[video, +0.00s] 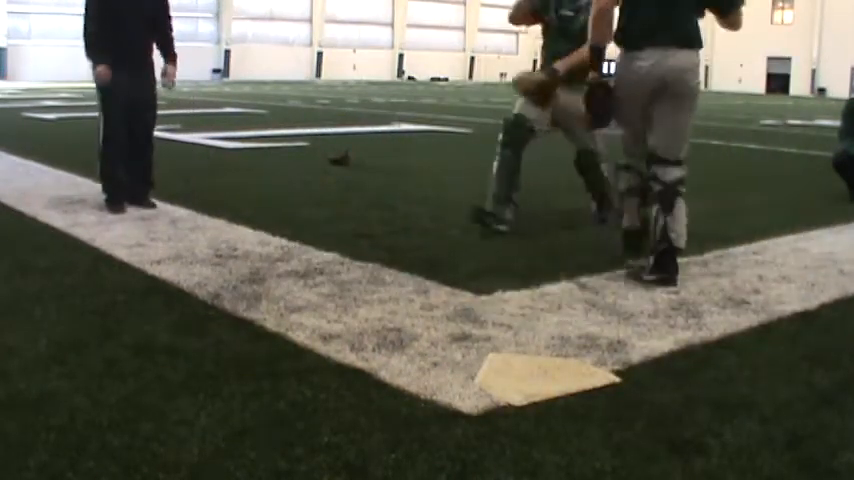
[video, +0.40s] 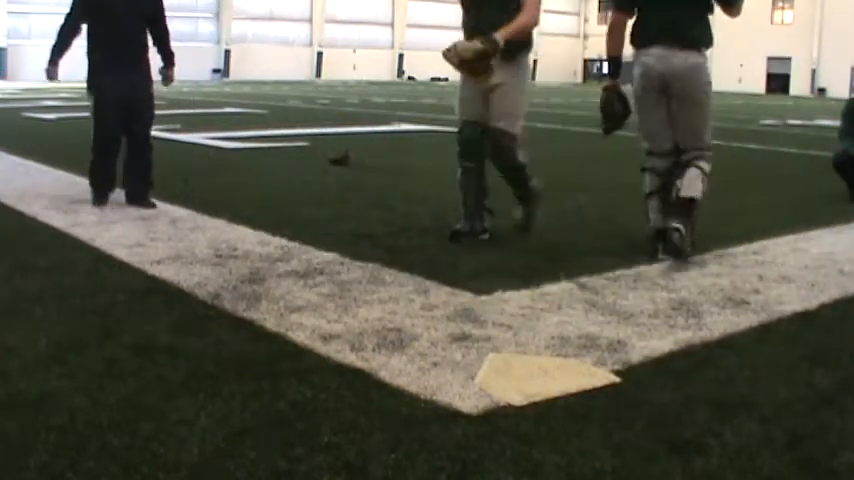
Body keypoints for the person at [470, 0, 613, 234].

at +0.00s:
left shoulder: (599, 6)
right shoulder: (551, 4)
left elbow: (596, 46)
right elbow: (516, 18)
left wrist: (552, 72)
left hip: (579, 87)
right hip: (544, 84)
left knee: (588, 157)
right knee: (512, 137)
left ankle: (605, 209)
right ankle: (500, 210)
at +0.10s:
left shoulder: (576, 4)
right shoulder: (527, 5)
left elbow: (572, 40)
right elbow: (491, 10)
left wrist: (527, 53)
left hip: (566, 91)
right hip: (529, 88)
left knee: (582, 160)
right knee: (499, 139)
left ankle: (604, 205)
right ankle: (481, 217)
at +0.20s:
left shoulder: (552, 3)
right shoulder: (502, 3)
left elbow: (549, 29)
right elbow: (477, 4)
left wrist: (502, 41)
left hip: (545, 89)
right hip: (509, 86)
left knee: (564, 160)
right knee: (481, 138)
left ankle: (598, 197)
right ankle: (476, 221)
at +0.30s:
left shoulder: (536, 2)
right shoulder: (486, 3)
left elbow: (536, 22)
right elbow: (489, 29)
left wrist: (495, 37)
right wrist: (469, 49)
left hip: (525, 77)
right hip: (491, 75)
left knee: (532, 158)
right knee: (471, 141)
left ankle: (569, 187)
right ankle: (475, 219)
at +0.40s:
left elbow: (530, 16)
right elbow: (471, 20)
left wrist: (493, 41)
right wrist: (465, 51)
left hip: (511, 62)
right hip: (476, 59)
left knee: (500, 144)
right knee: (469, 141)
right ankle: (473, 220)